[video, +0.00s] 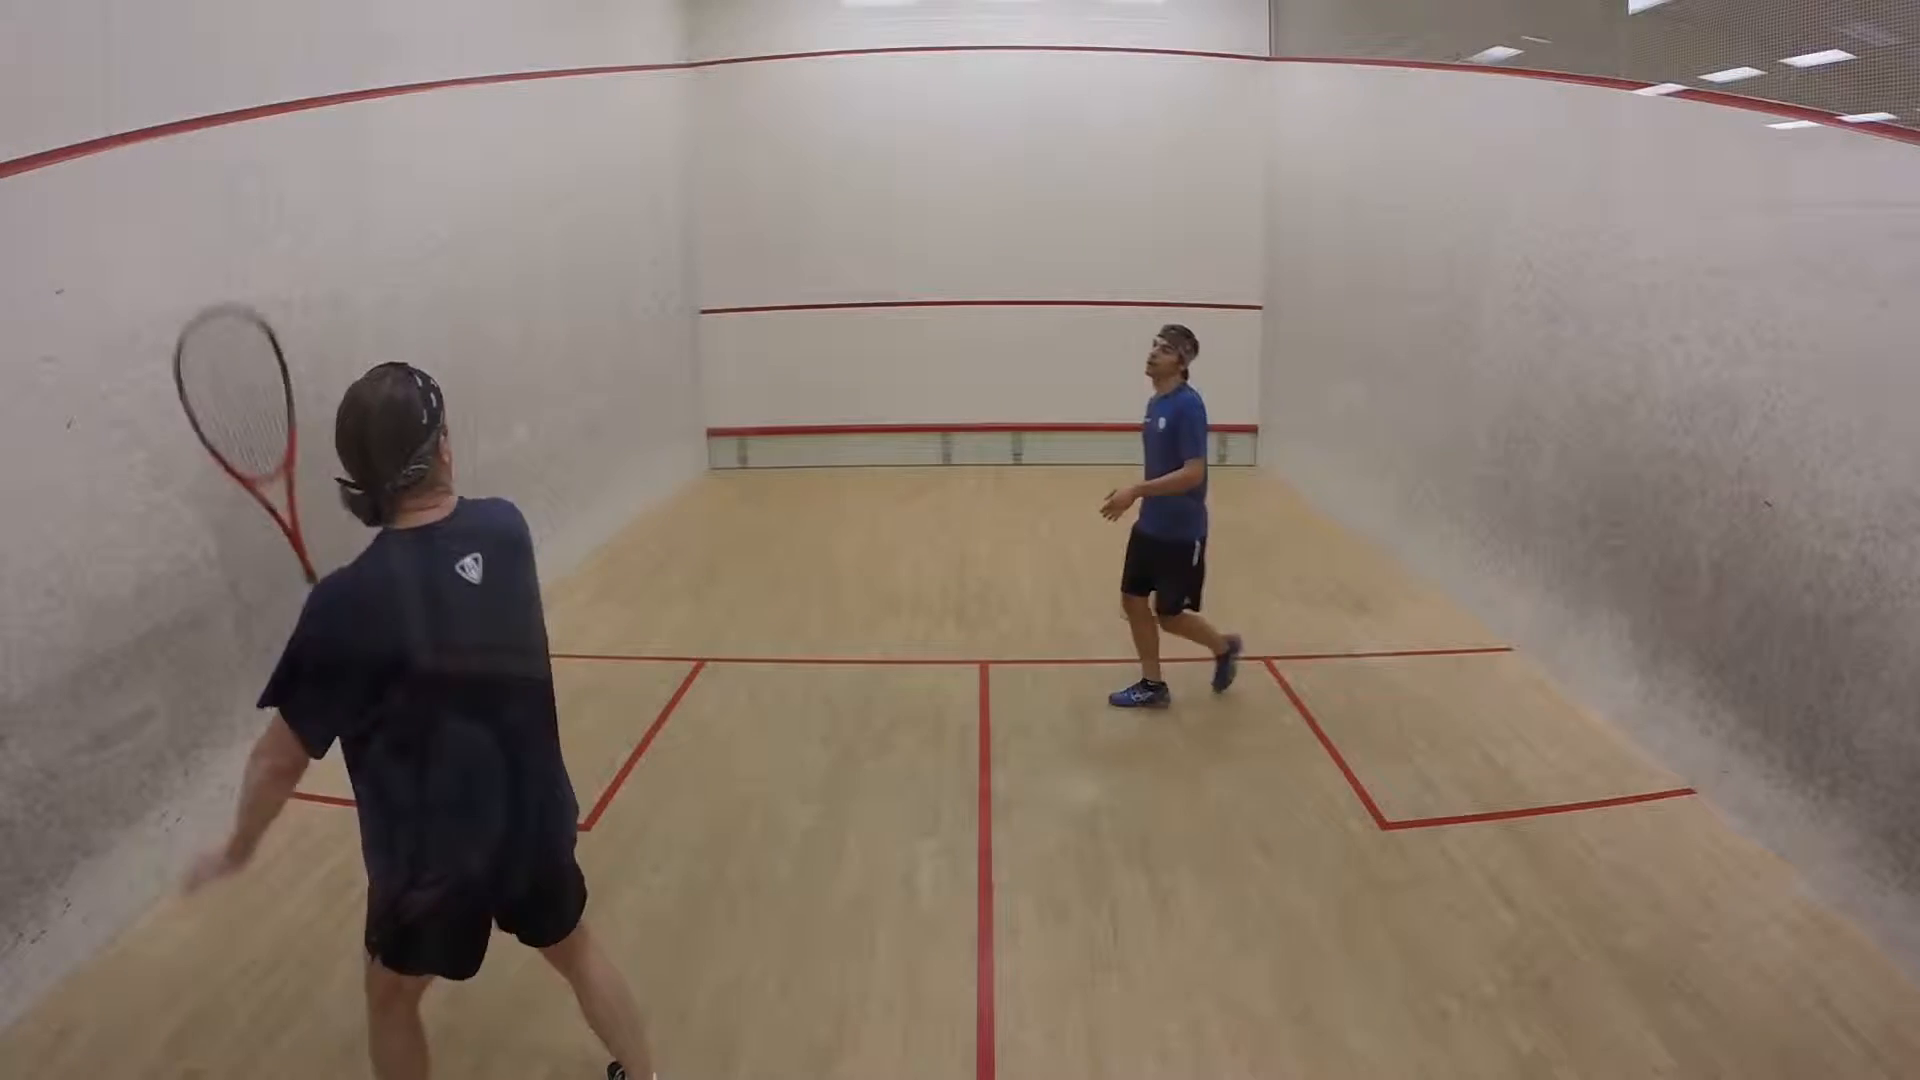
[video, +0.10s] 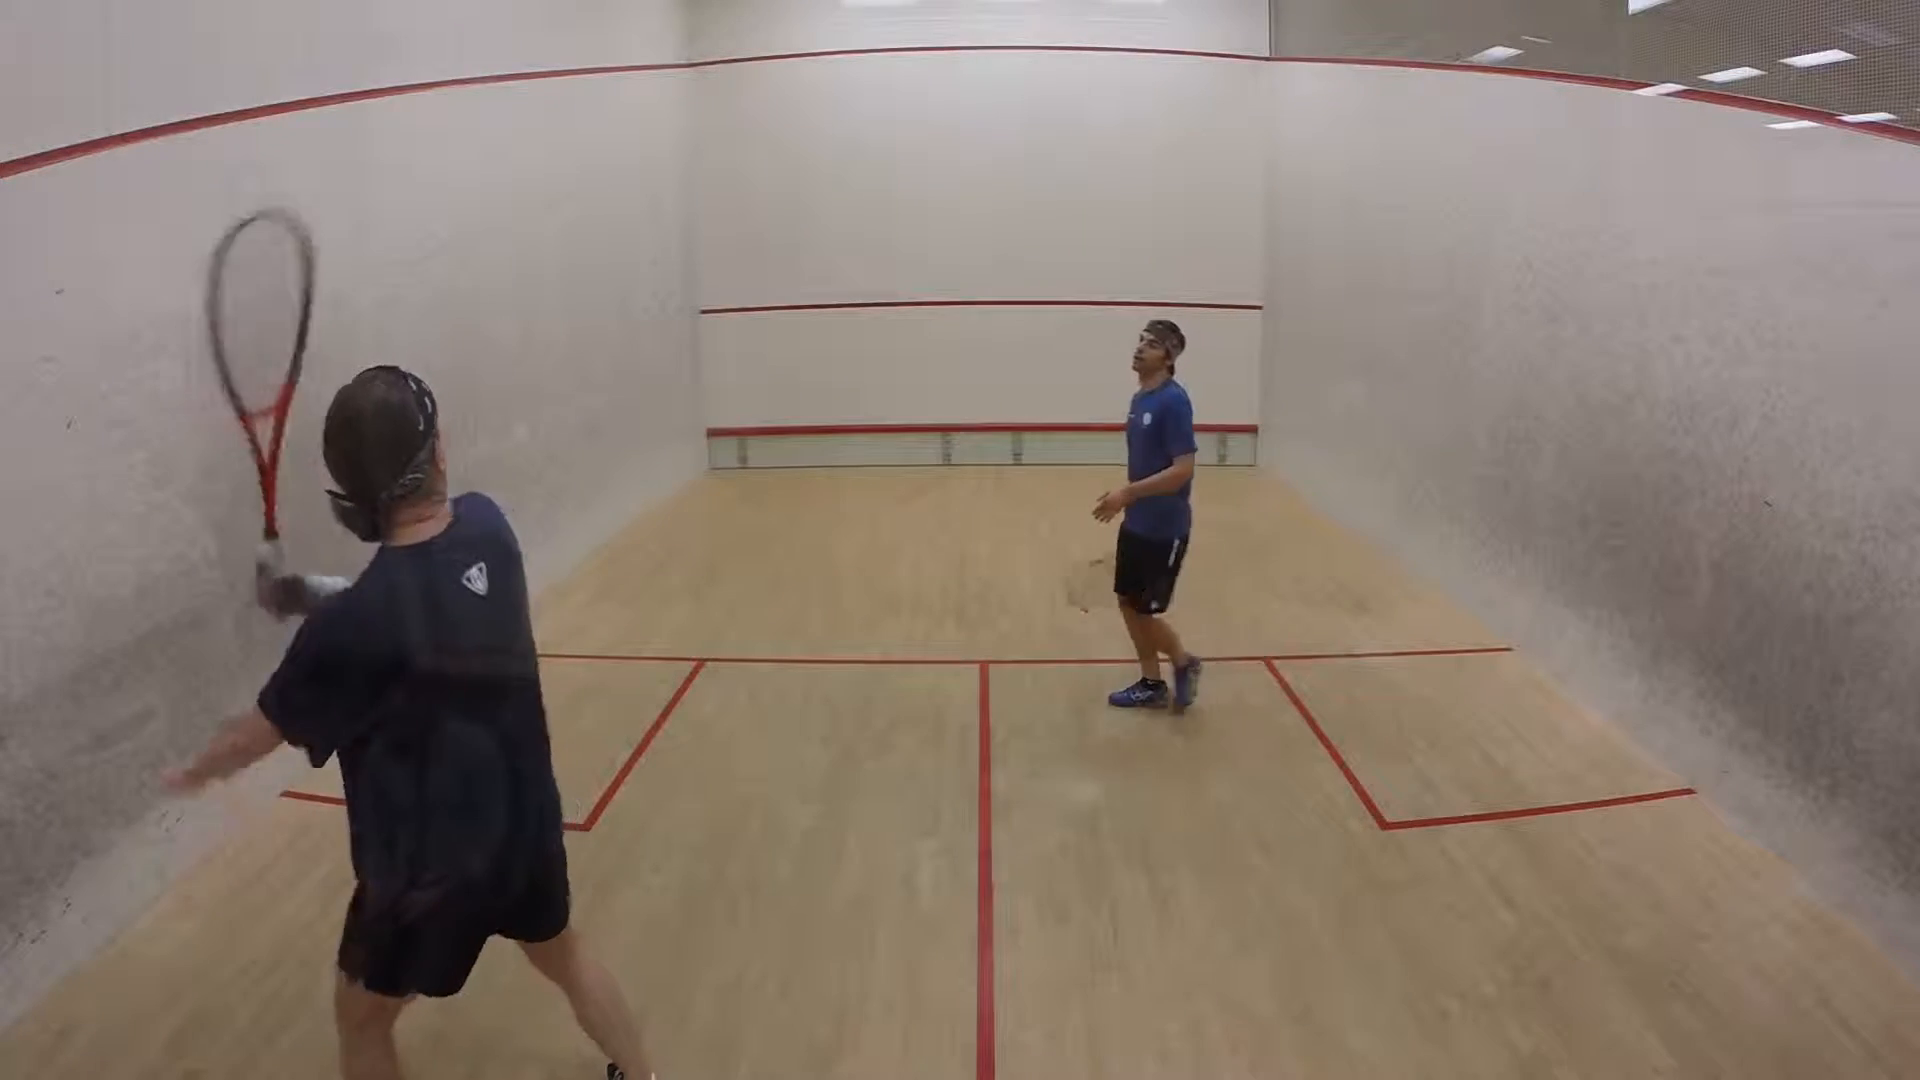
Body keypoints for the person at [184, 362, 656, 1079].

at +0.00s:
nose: (453, 440)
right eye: (448, 430)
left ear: (356, 477)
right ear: (444, 452)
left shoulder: (346, 602)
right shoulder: (505, 531)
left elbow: (280, 756)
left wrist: (238, 847)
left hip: (424, 858)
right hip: (531, 825)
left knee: (394, 1003)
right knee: (580, 953)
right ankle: (641, 1070)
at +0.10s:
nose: (445, 434)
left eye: (436, 421)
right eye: (439, 427)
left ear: (347, 487)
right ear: (437, 453)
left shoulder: (353, 621)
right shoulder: (487, 528)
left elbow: (260, 730)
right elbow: (411, 591)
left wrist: (199, 771)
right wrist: (315, 593)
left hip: (421, 863)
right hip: (520, 830)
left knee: (364, 1017)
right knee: (564, 953)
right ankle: (637, 1069)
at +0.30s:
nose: (386, 463)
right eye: (382, 458)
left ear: (280, 518)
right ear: (380, 483)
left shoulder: (333, 660)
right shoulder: (422, 557)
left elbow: (213, 717)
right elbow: (301, 595)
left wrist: (185, 648)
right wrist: (229, 611)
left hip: (377, 903)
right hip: (466, 856)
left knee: (339, 1061)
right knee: (533, 983)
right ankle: (634, 1072)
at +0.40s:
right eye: (345, 476)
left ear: (245, 561)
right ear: (345, 506)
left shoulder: (290, 701)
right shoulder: (391, 587)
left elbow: (257, 800)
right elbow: (266, 631)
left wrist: (196, 740)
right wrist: (180, 666)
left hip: (342, 931)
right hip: (435, 882)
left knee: (323, 1055)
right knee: (520, 1006)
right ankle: (617, 1070)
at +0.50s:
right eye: (314, 484)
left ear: (208, 551)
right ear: (317, 505)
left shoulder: (220, 695)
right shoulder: (398, 605)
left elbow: (204, 822)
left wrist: (177, 709)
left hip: (299, 960)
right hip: (420, 919)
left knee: (284, 1064)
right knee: (533, 1020)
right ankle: (618, 1072)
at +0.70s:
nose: (311, 503)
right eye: (305, 488)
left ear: (171, 529)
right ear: (297, 510)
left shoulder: (112, 688)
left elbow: (165, 839)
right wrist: (671, 894)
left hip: (239, 1019)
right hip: (389, 995)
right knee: (541, 1044)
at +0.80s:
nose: (361, 521)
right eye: (354, 507)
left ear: (222, 547)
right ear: (347, 534)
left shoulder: (159, 702)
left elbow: (171, 862)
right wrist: (636, 1064)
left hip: (276, 1054)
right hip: (431, 1041)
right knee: (577, 1028)